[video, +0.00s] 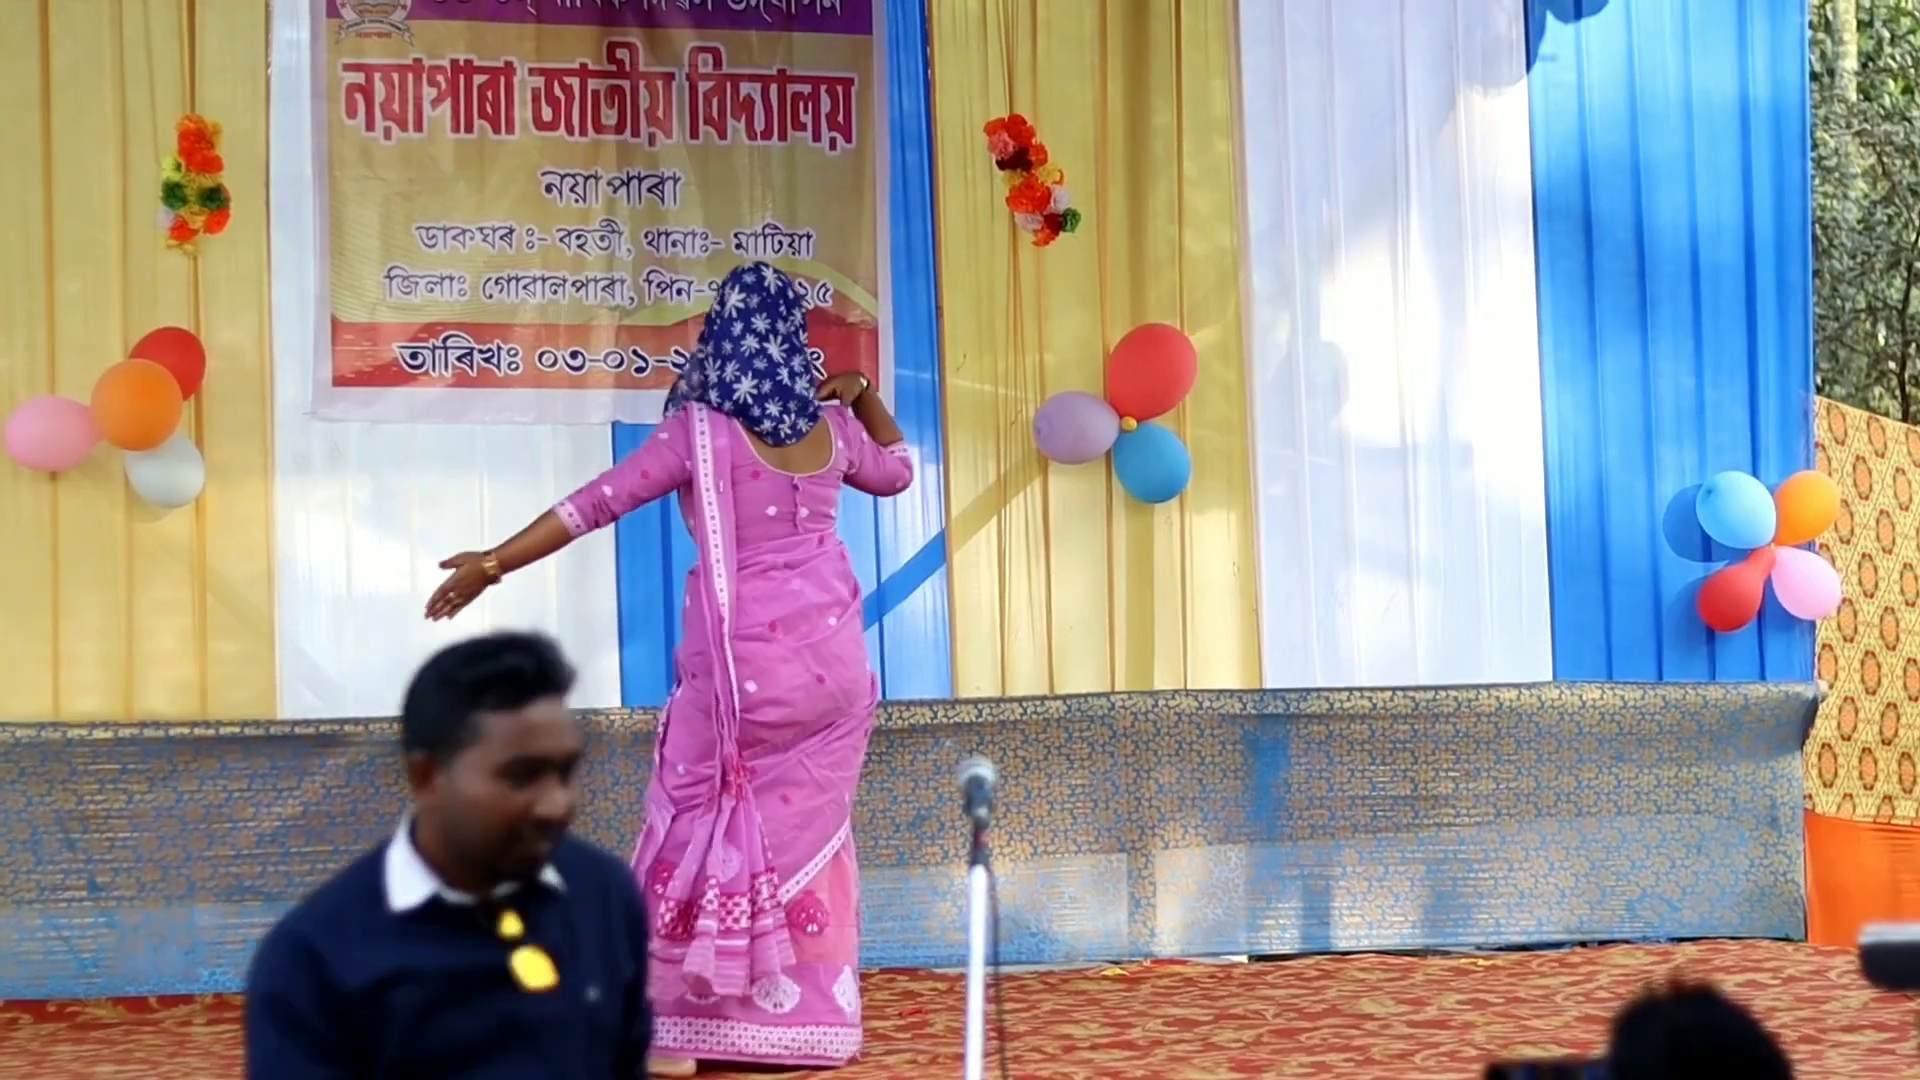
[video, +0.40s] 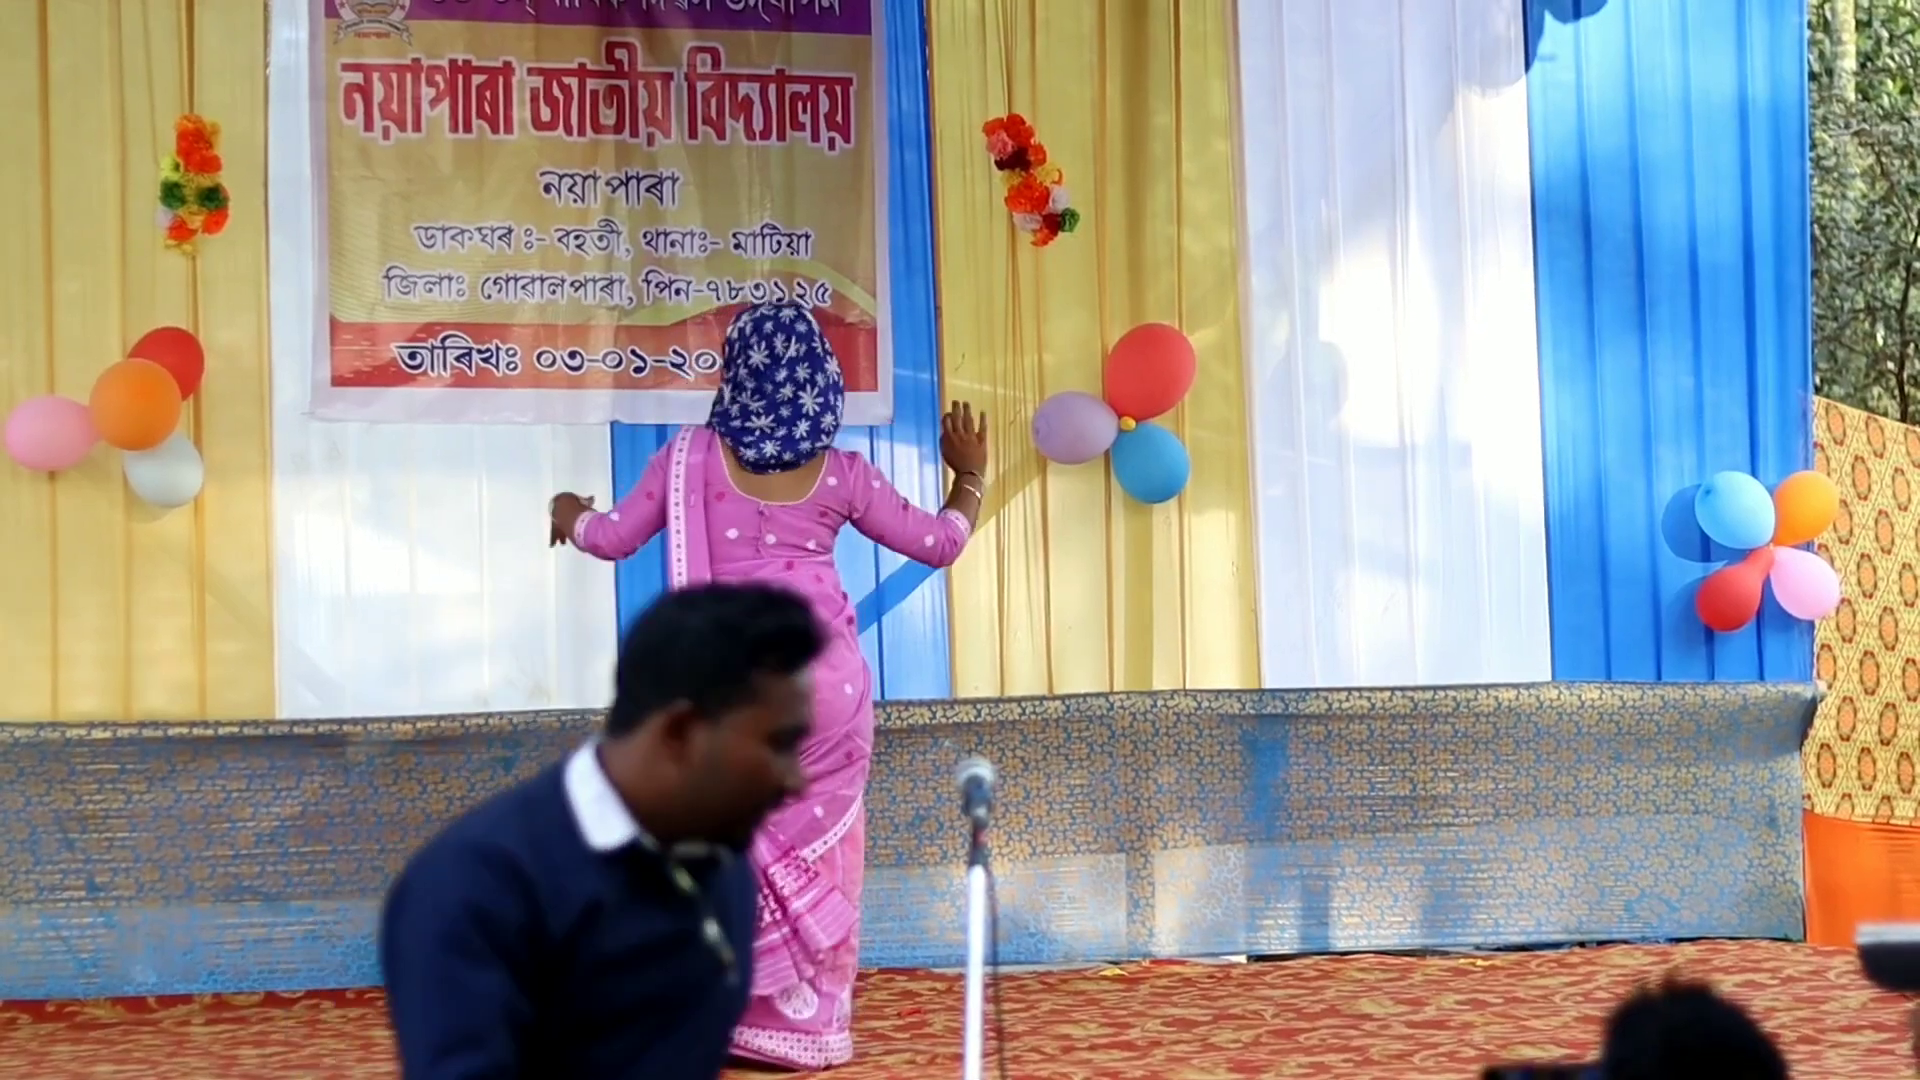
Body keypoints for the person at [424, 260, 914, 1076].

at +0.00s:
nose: (698, 340)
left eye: (708, 329)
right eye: (709, 327)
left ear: (720, 342)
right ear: (795, 343)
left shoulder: (699, 431)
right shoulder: (829, 430)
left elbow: (597, 502)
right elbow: (897, 474)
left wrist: (496, 562)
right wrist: (868, 400)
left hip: (740, 659)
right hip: (836, 658)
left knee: (693, 819)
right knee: (815, 827)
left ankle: (683, 1030)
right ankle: (808, 1022)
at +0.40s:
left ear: (730, 377)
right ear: (818, 383)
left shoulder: (687, 458)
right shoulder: (841, 474)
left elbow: (616, 538)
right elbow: (940, 544)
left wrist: (574, 520)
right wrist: (969, 479)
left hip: (726, 677)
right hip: (828, 675)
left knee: (736, 834)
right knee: (821, 840)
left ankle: (736, 1015)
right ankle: (814, 1023)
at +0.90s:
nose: (633, 341)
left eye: (640, 330)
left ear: (647, 343)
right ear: (726, 343)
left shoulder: (617, 427)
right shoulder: (762, 433)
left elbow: (528, 500)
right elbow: (837, 527)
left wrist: (540, 414)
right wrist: (925, 557)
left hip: (637, 658)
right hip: (740, 660)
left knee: (588, 810)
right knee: (728, 829)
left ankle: (560, 1018)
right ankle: (722, 1017)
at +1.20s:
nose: (614, 356)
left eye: (620, 345)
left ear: (627, 358)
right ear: (706, 351)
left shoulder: (611, 444)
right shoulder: (751, 447)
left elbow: (518, 517)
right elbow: (814, 548)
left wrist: (522, 437)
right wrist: (891, 551)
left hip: (652, 677)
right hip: (750, 673)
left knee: (601, 822)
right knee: (753, 833)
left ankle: (601, 1014)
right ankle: (762, 1018)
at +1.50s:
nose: (569, 342)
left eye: (576, 329)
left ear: (583, 338)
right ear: (662, 338)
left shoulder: (562, 421)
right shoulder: (701, 427)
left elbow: (482, 500)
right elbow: (785, 519)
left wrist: (440, 490)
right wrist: (762, 581)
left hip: (568, 655)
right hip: (669, 655)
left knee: (548, 821)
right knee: (696, 824)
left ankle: (554, 1023)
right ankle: (775, 1008)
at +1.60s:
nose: (549, 345)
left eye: (557, 332)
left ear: (567, 343)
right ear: (646, 343)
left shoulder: (548, 422)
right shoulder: (681, 430)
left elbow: (442, 499)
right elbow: (763, 508)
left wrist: (413, 594)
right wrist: (699, 579)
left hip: (561, 656)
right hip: (662, 658)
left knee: (547, 824)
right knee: (677, 824)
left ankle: (553, 1021)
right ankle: (765, 1005)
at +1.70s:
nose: (543, 372)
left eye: (550, 360)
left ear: (556, 373)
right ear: (637, 374)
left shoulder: (541, 462)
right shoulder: (674, 459)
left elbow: (440, 546)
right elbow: (764, 517)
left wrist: (405, 651)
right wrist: (681, 569)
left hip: (553, 691)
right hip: (660, 693)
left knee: (536, 856)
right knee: (670, 856)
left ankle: (545, 1033)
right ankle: (744, 1016)